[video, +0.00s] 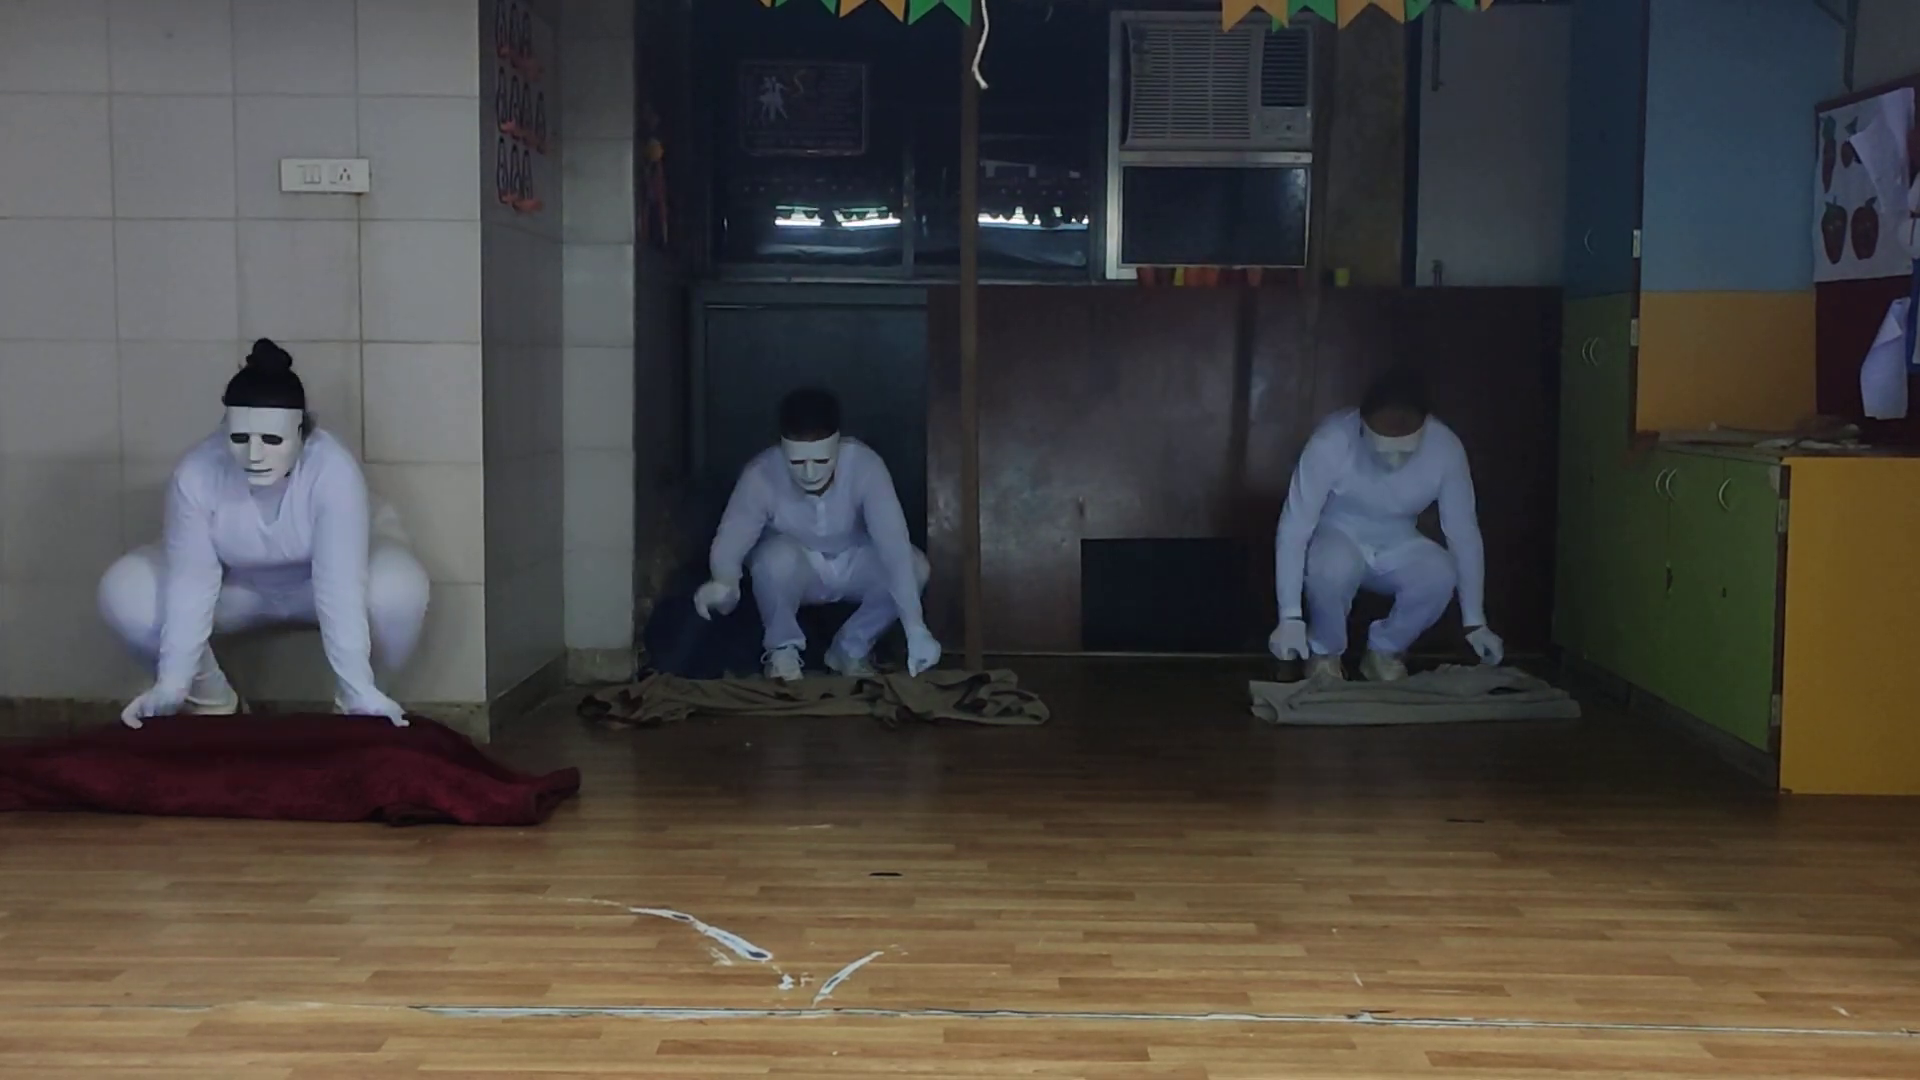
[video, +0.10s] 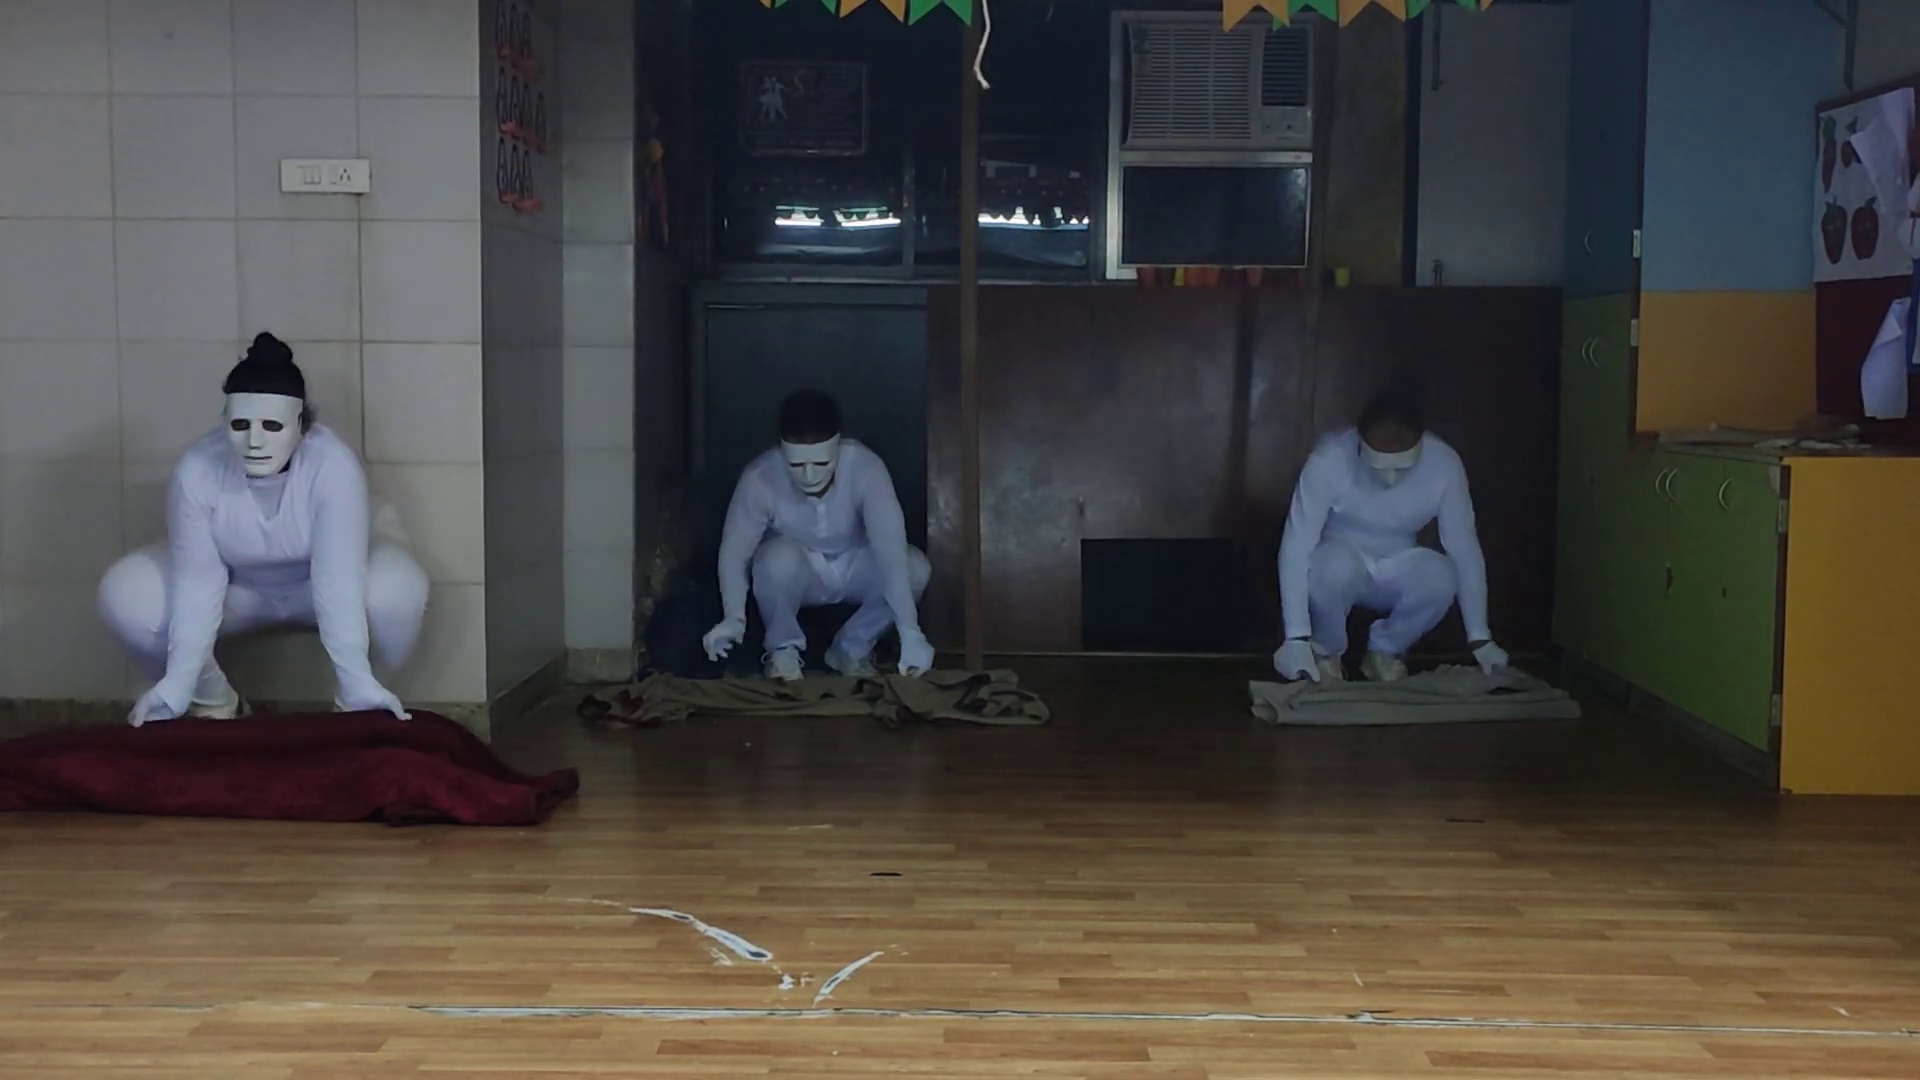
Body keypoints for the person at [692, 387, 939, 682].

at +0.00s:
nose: (810, 474)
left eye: (821, 461)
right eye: (798, 462)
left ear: (838, 446)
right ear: (782, 448)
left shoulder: (864, 467)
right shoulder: (762, 477)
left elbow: (895, 547)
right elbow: (730, 539)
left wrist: (915, 630)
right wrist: (725, 582)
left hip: (857, 571)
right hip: (798, 573)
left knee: (913, 567)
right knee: (775, 559)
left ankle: (850, 649)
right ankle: (782, 648)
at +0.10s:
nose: (809, 476)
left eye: (821, 464)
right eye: (797, 465)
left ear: (837, 448)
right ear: (782, 451)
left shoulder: (866, 469)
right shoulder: (760, 480)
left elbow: (891, 551)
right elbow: (733, 553)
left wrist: (910, 633)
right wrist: (733, 617)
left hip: (857, 572)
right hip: (798, 574)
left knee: (915, 568)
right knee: (778, 560)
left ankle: (850, 649)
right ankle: (782, 648)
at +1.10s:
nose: (811, 438)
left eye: (823, 426)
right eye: (799, 427)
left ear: (838, 429)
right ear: (783, 431)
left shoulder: (865, 471)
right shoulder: (760, 484)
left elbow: (883, 559)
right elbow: (740, 565)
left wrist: (914, 644)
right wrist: (728, 634)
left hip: (859, 578)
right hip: (800, 580)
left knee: (917, 571)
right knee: (780, 560)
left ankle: (857, 641)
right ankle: (784, 637)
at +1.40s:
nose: (815, 406)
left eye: (827, 395)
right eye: (803, 395)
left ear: (842, 401)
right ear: (787, 403)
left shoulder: (868, 454)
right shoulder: (763, 464)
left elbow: (891, 537)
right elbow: (746, 551)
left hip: (856, 577)